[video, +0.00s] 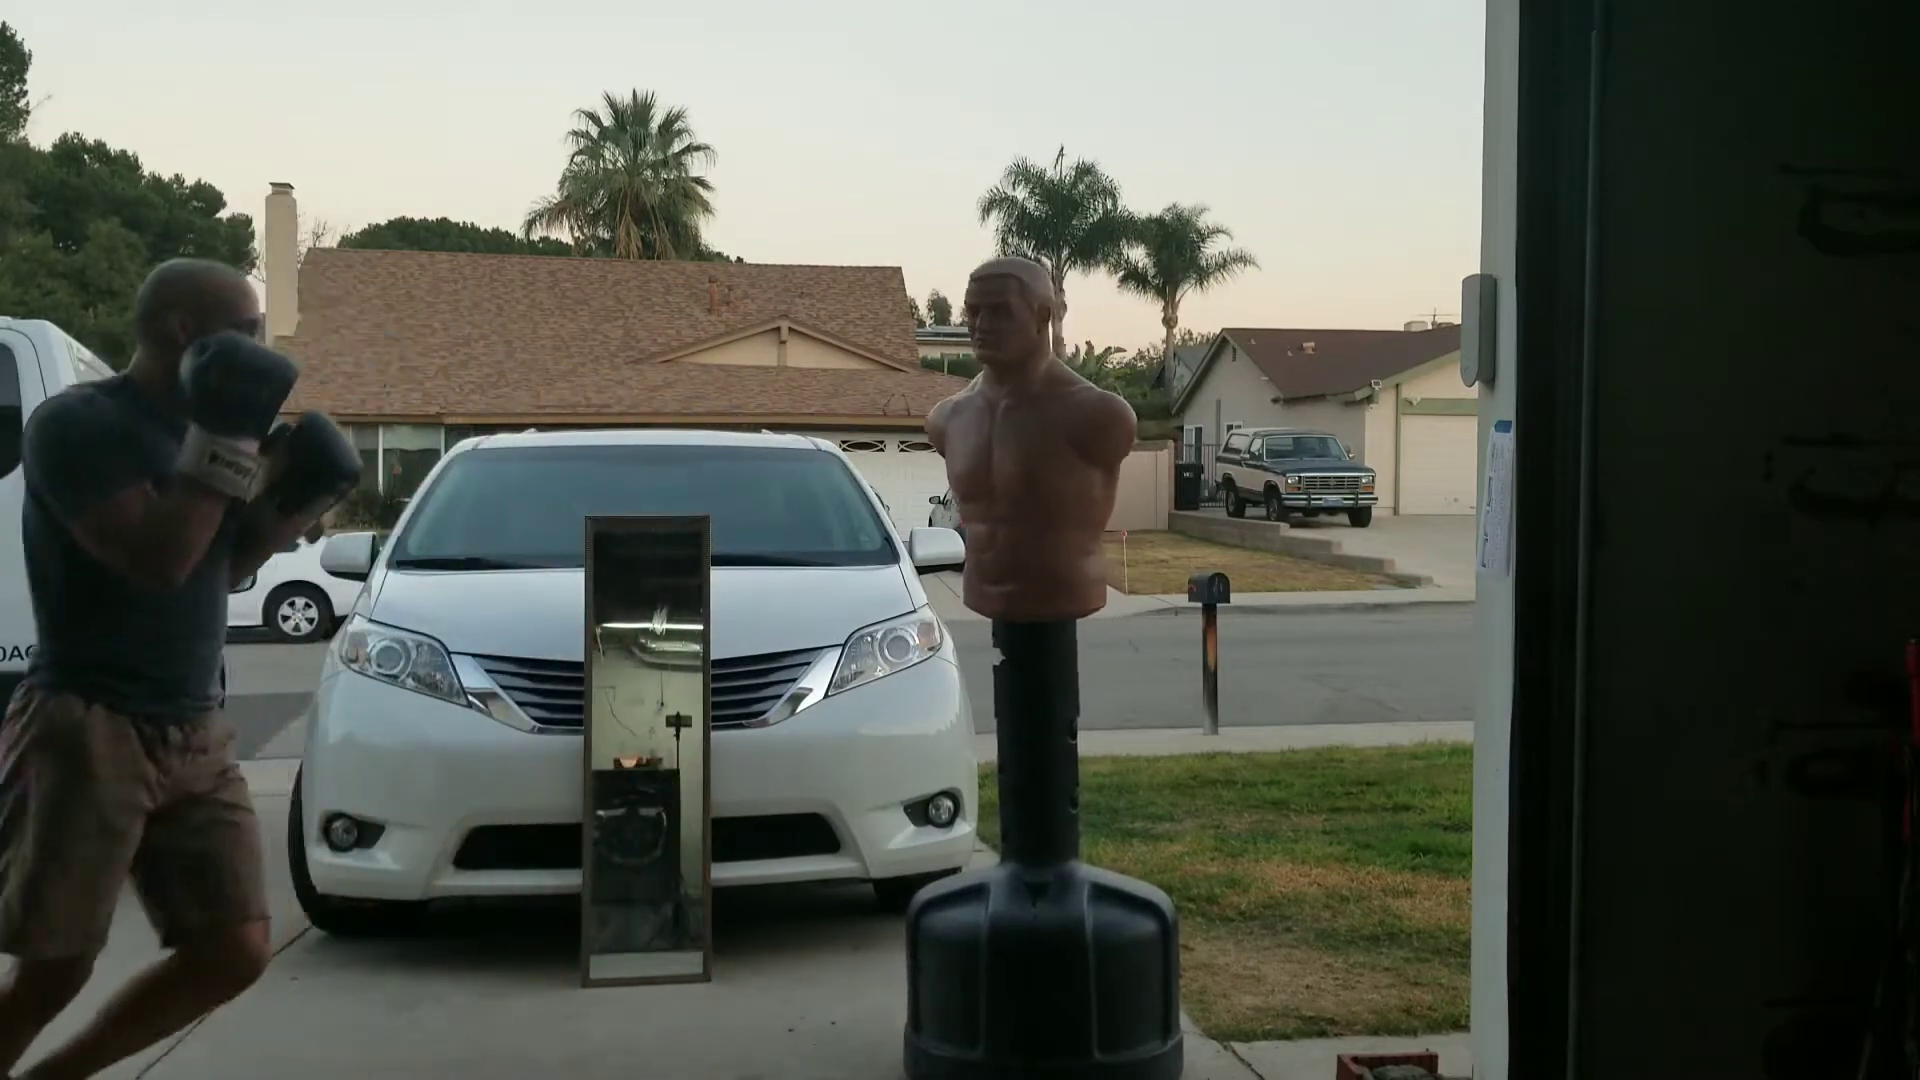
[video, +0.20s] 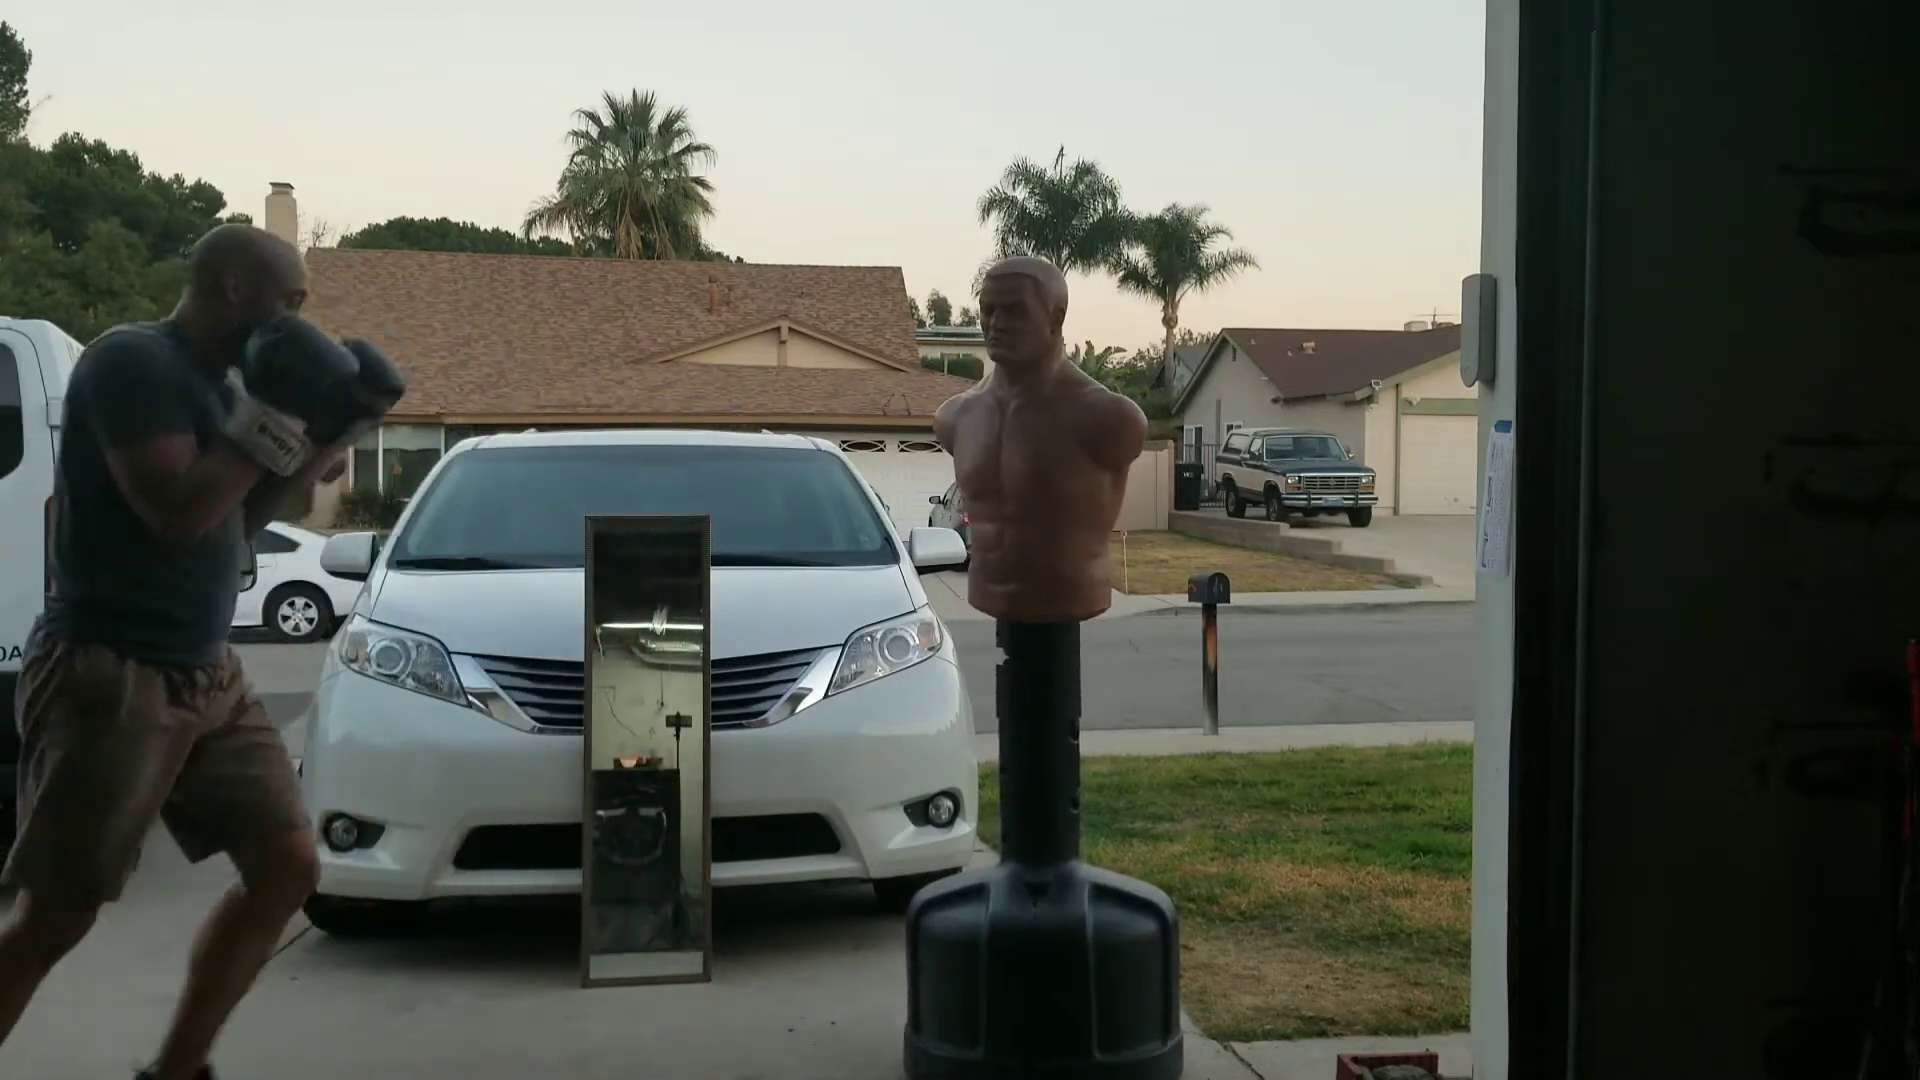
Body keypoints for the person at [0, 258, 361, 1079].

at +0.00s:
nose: (253, 358)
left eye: (258, 341)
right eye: (238, 338)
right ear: (177, 334)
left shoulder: (206, 437)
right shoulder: (73, 423)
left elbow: (217, 568)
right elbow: (161, 559)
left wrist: (290, 506)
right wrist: (229, 438)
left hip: (194, 735)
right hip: (82, 732)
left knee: (232, 953)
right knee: (54, 968)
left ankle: (52, 1072)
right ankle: (4, 1068)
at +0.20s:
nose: (292, 321)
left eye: (297, 306)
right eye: (284, 303)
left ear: (237, 292)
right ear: (229, 288)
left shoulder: (231, 383)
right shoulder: (127, 361)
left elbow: (250, 512)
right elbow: (180, 512)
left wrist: (327, 427)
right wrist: (279, 416)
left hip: (207, 673)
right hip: (105, 675)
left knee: (286, 867)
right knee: (55, 912)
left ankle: (178, 1067)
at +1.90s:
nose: (838, 291)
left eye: (840, 275)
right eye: (837, 272)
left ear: (727, 263)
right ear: (817, 265)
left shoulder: (640, 334)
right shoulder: (774, 336)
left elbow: (734, 301)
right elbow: (889, 488)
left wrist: (833, 299)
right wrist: (920, 358)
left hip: (586, 690)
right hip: (670, 694)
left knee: (674, 932)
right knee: (751, 990)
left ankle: (669, 1073)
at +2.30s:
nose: (866, 254)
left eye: (860, 236)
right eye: (865, 235)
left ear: (749, 236)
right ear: (850, 233)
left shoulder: (638, 342)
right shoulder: (831, 333)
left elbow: (591, 526)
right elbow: (900, 545)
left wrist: (717, 501)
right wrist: (935, 426)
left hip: (653, 719)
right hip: (761, 719)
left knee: (747, 1008)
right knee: (746, 1031)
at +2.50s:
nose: (861, 275)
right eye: (862, 262)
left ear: (748, 269)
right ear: (855, 260)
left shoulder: (662, 373)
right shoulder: (892, 359)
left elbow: (655, 566)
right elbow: (987, 556)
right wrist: (1001, 439)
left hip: (691, 738)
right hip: (810, 747)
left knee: (762, 1000)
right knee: (762, 1033)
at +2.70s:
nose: (922, 277)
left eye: (916, 266)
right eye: (921, 264)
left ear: (814, 265)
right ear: (913, 260)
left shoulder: (719, 362)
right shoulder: (915, 343)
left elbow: (704, 542)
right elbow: (979, 542)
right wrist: (985, 429)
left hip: (728, 705)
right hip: (837, 702)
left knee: (796, 978)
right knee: (856, 1015)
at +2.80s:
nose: (971, 315)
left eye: (977, 302)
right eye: (974, 296)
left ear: (870, 276)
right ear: (963, 285)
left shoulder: (786, 362)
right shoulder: (931, 358)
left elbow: (728, 523)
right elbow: (992, 554)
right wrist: (1007, 423)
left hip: (716, 703)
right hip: (816, 706)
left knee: (814, 971)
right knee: (911, 1015)